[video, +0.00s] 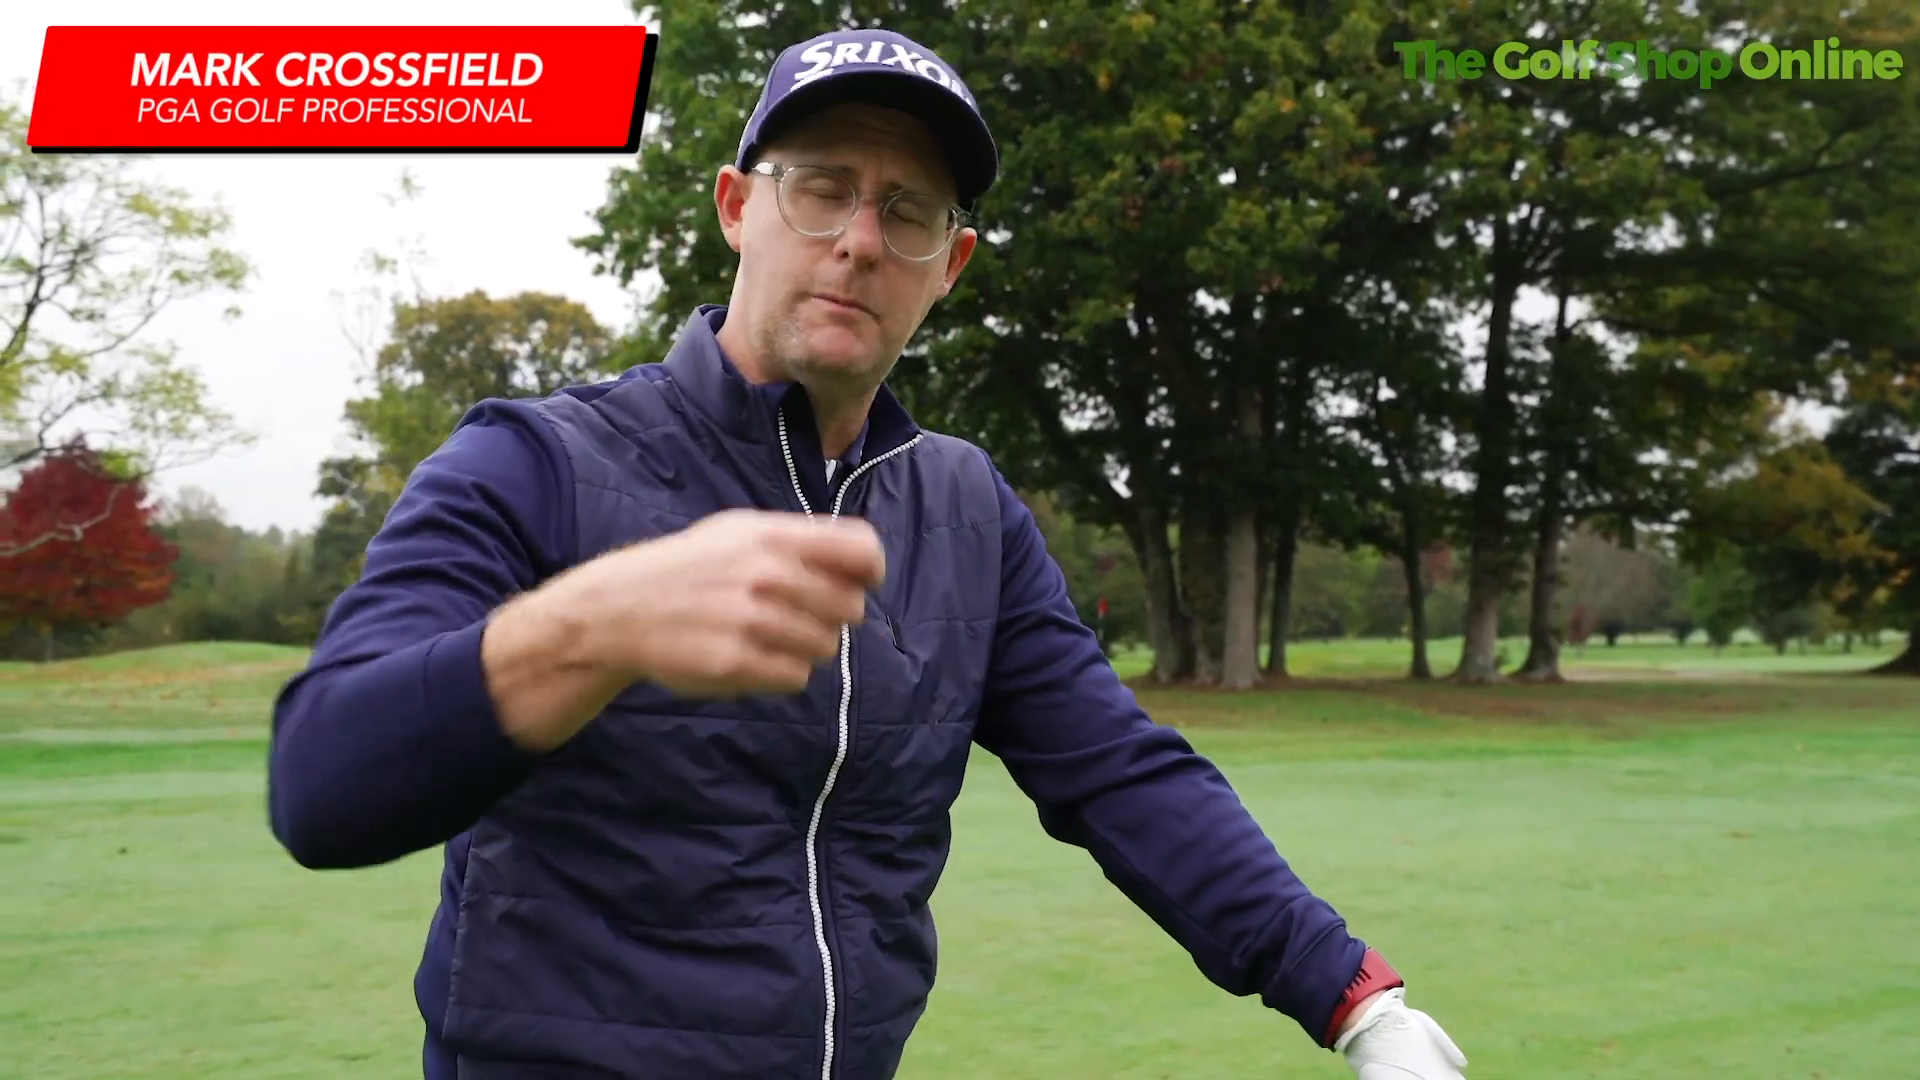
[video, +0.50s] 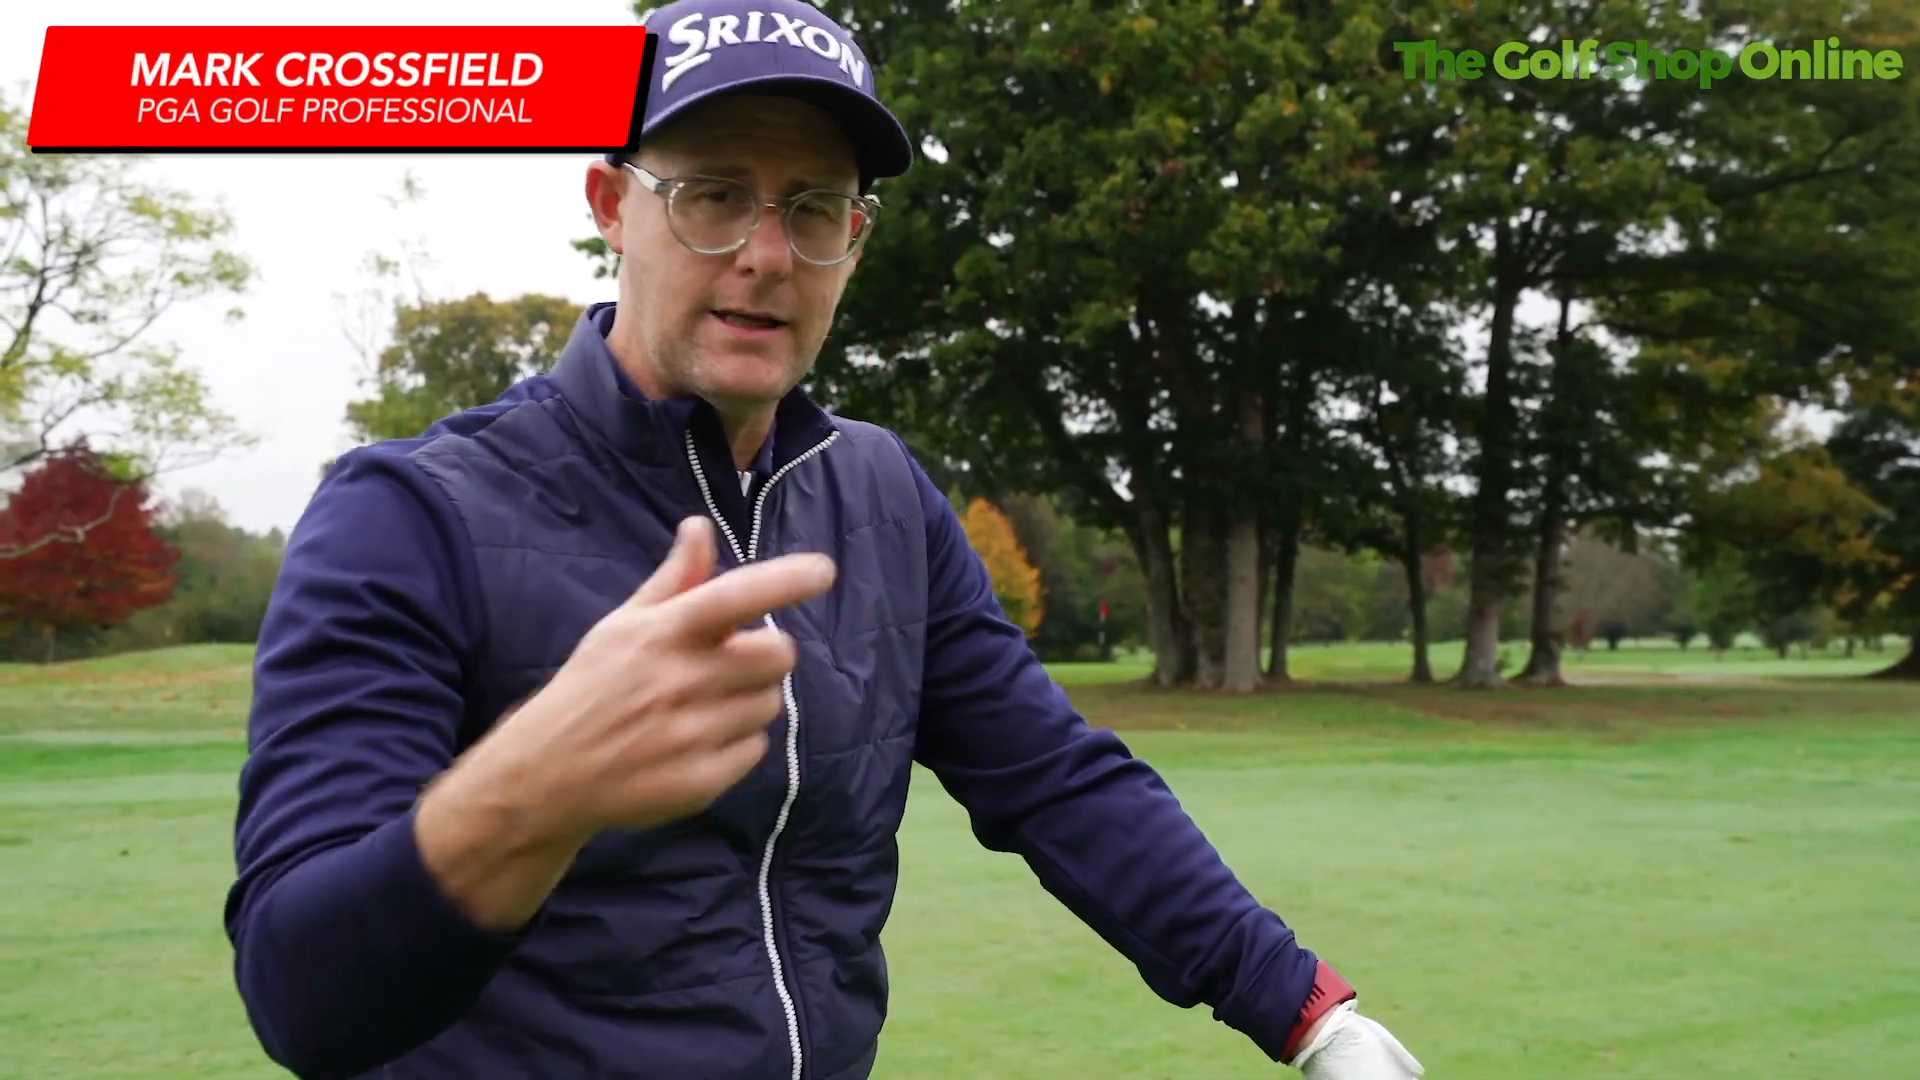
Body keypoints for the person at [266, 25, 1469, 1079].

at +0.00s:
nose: (860, 238)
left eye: (907, 210)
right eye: (822, 189)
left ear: (948, 269)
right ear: (738, 212)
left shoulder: (971, 516)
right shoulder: (539, 463)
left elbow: (1121, 775)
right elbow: (321, 798)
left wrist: (1359, 1000)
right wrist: (589, 624)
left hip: (844, 1063)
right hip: (554, 1058)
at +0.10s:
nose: (850, 252)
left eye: (902, 220)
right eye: (815, 196)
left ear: (947, 268)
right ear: (730, 203)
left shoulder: (957, 504)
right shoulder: (527, 456)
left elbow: (1106, 768)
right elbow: (374, 824)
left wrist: (1348, 1009)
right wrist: (608, 633)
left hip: (836, 1057)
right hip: (546, 1055)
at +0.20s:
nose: (832, 255)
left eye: (880, 219)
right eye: (793, 198)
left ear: (928, 264)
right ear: (701, 208)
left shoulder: (935, 509)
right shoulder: (504, 478)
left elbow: (1092, 777)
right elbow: (388, 868)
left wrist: (1339, 1010)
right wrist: (646, 714)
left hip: (831, 1060)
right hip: (536, 1061)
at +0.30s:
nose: (812, 257)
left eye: (857, 218)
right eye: (765, 201)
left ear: (897, 267)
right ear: (665, 221)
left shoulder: (904, 510)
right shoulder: (473, 512)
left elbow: (1074, 782)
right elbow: (366, 936)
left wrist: (1335, 1014)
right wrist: (651, 812)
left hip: (838, 1058)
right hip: (543, 1058)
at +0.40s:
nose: (785, 253)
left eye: (828, 209)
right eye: (734, 198)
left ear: (873, 247)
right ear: (634, 219)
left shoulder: (897, 507)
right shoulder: (445, 518)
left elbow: (1066, 784)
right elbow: (327, 986)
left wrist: (1322, 1018)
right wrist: (599, 788)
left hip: (822, 1062)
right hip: (519, 1065)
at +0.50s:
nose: (765, 249)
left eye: (810, 206)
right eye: (714, 193)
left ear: (856, 243)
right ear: (612, 210)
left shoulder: (887, 501)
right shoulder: (413, 511)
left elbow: (1063, 783)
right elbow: (302, 997)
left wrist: (1320, 1025)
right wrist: (529, 791)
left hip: (812, 1063)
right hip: (499, 1065)